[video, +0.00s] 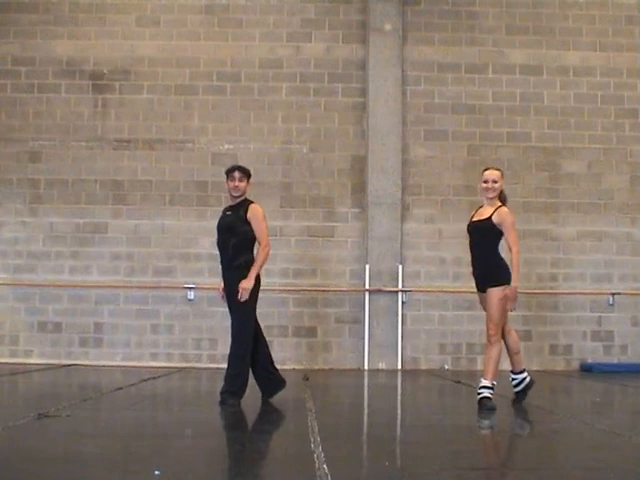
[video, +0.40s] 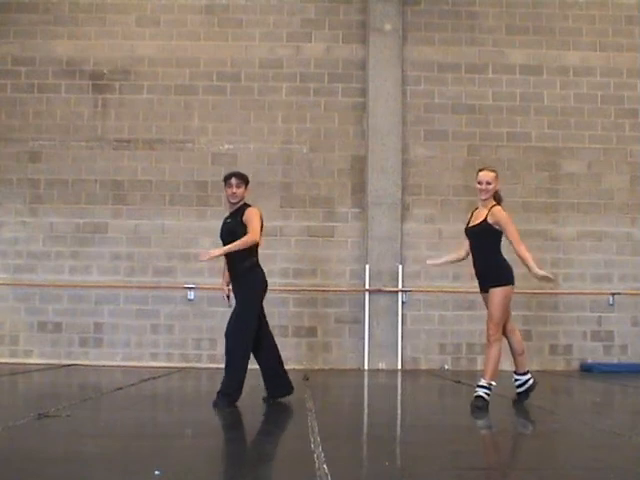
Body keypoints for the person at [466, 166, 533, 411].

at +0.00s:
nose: (490, 186)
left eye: (495, 182)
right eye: (486, 182)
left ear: (502, 185)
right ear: (481, 185)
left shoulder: (503, 213)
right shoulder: (478, 212)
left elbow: (514, 249)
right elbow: (478, 247)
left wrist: (514, 284)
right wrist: (476, 271)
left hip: (498, 277)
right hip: (481, 277)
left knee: (493, 334)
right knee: (505, 330)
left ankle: (486, 387)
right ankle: (520, 375)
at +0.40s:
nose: (483, 187)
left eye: (488, 184)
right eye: (480, 183)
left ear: (496, 186)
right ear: (475, 185)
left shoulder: (498, 213)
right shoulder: (475, 213)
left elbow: (518, 245)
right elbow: (465, 251)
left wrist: (535, 270)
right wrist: (438, 261)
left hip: (500, 278)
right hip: (484, 280)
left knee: (493, 333)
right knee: (508, 330)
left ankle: (485, 388)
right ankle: (523, 377)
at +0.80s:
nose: (497, 187)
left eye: (500, 183)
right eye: (492, 184)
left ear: (506, 187)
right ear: (485, 187)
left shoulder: (505, 221)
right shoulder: (479, 200)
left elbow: (513, 248)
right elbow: (460, 187)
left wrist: (537, 230)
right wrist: (471, 217)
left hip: (494, 275)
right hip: (468, 273)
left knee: (488, 333)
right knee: (460, 337)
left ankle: (483, 387)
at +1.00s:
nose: (486, 183)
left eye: (490, 179)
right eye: (481, 179)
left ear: (496, 183)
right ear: (473, 183)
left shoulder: (504, 207)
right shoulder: (470, 211)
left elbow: (521, 186)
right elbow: (480, 234)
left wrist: (493, 197)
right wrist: (510, 222)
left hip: (493, 276)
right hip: (469, 271)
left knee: (480, 335)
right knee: (463, 317)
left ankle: (460, 385)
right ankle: (438, 348)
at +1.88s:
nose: (513, 178)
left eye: (518, 174)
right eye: (509, 173)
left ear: (524, 178)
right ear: (501, 177)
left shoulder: (531, 201)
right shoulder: (491, 199)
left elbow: (551, 172)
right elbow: (471, 169)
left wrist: (552, 142)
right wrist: (478, 136)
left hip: (521, 275)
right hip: (491, 274)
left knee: (537, 334)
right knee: (480, 335)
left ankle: (554, 390)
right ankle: (461, 392)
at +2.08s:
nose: (514, 192)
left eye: (518, 188)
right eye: (509, 187)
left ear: (524, 191)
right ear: (501, 191)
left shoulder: (531, 217)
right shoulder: (491, 214)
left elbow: (554, 228)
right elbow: (474, 215)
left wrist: (526, 231)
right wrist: (503, 225)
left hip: (521, 282)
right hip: (493, 282)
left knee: (535, 346)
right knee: (495, 342)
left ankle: (556, 394)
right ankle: (463, 394)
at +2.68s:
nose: (509, 229)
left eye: (514, 225)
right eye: (504, 225)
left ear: (519, 228)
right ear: (496, 228)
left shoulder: (527, 258)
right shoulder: (485, 255)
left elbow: (519, 298)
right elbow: (495, 296)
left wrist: (513, 335)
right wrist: (503, 335)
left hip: (518, 309)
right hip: (487, 309)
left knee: (567, 340)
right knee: (445, 336)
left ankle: (559, 397)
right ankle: (450, 397)